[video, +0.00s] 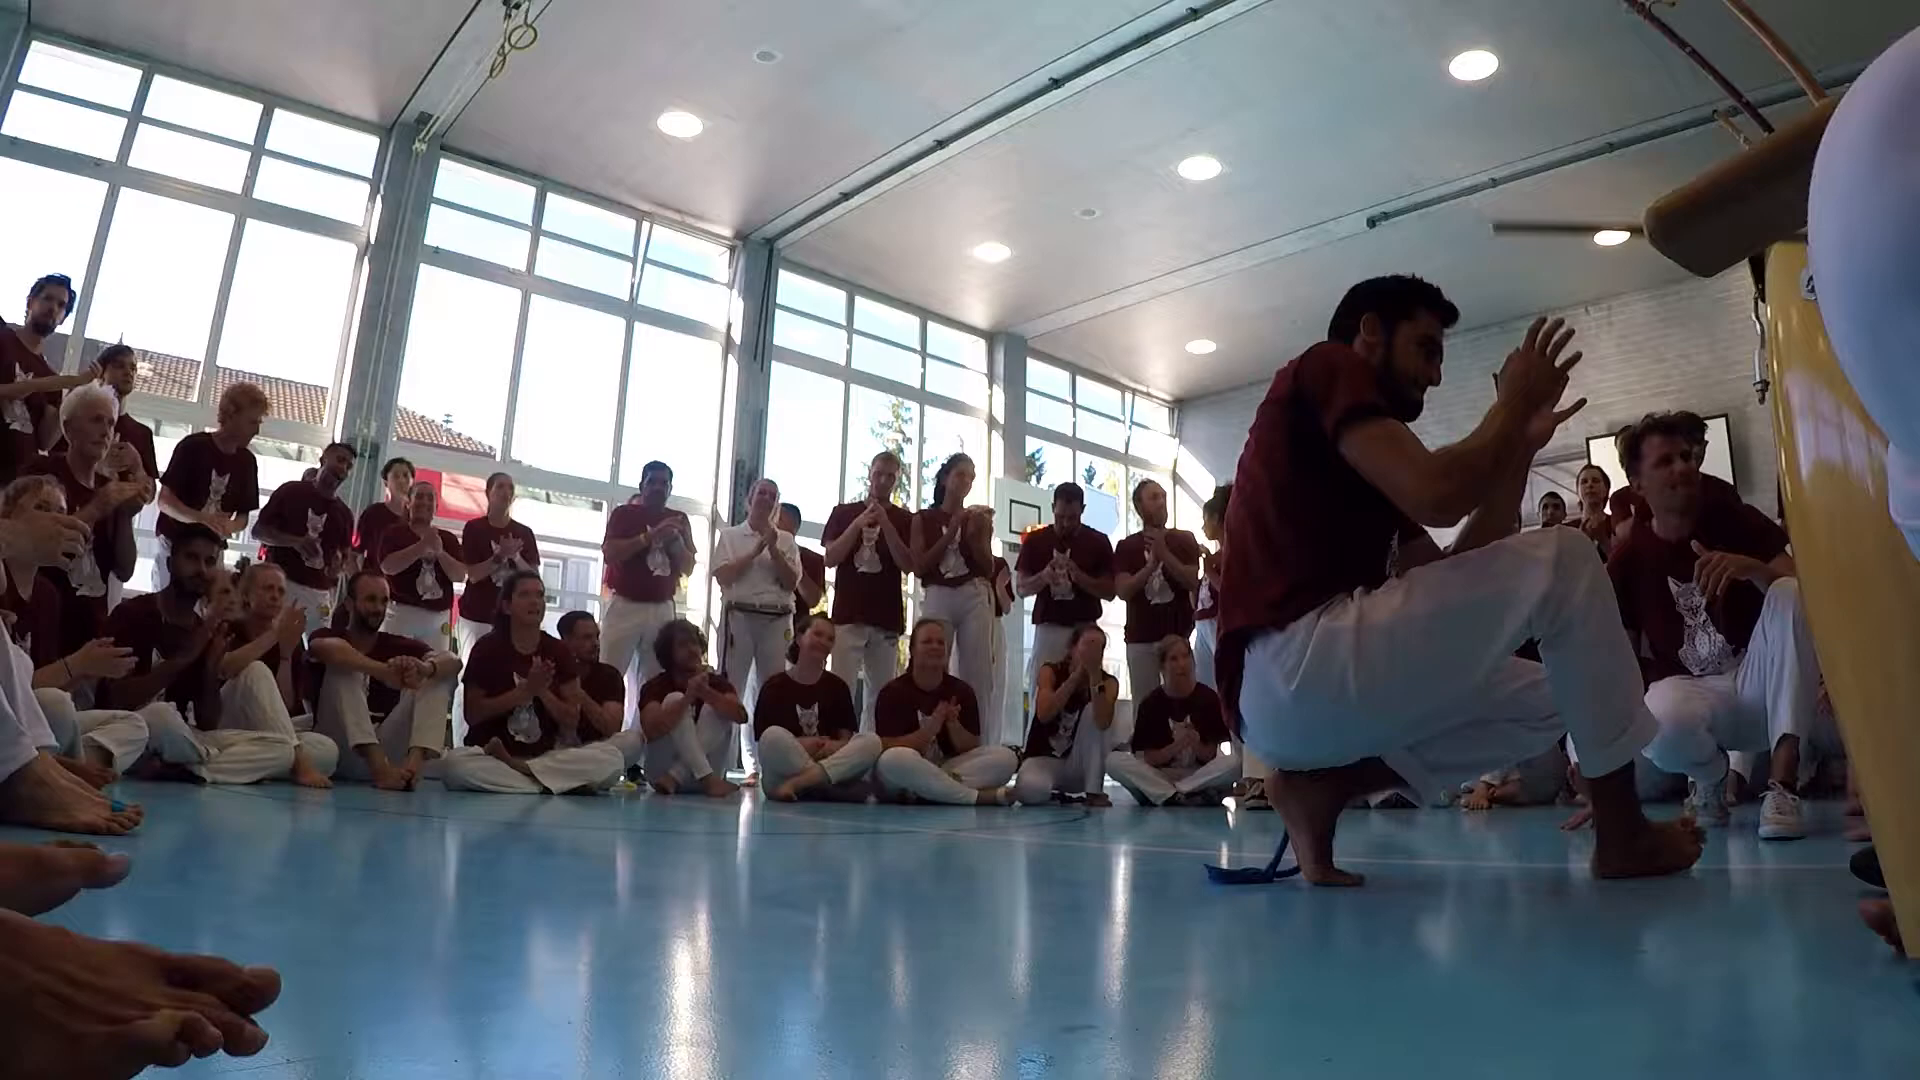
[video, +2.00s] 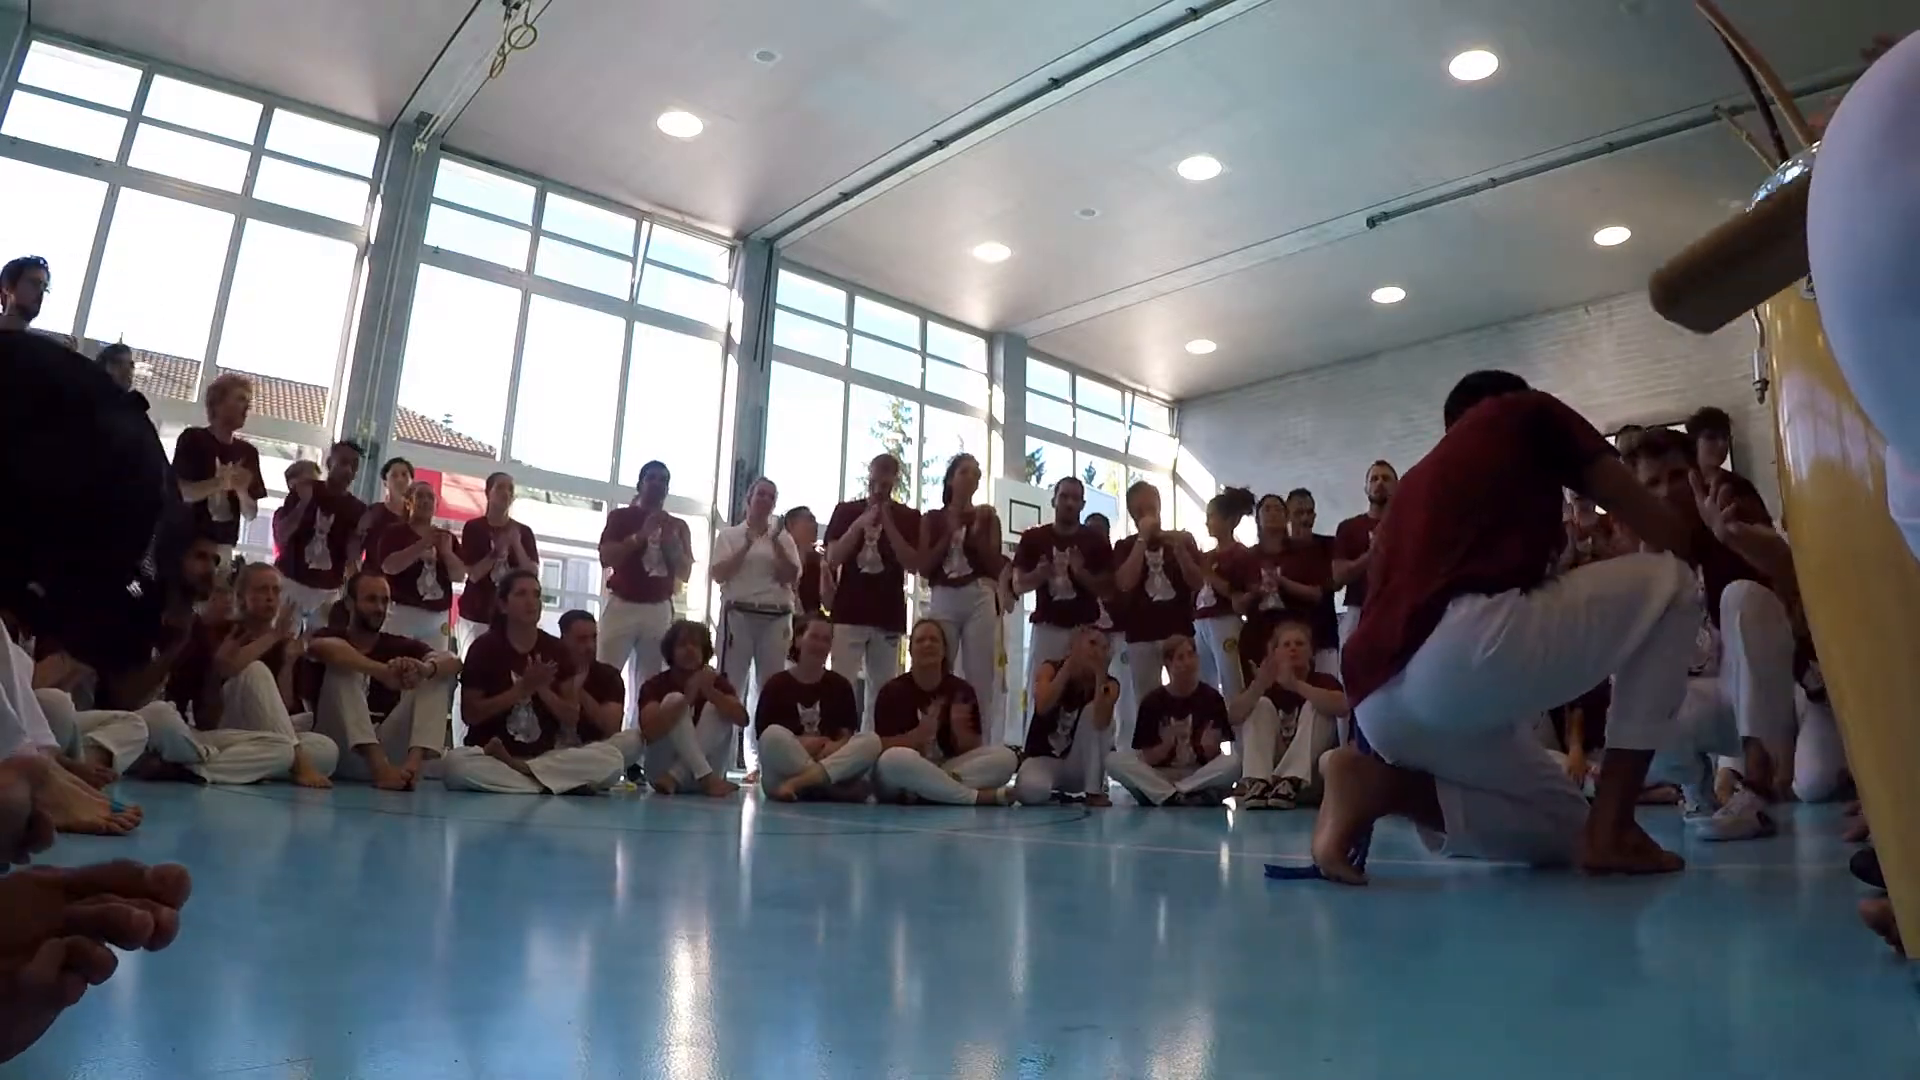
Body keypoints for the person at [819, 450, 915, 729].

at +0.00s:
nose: (883, 480)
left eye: (889, 476)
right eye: (878, 474)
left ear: (897, 480)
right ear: (869, 474)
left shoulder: (904, 518)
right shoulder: (843, 513)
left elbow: (908, 566)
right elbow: (831, 559)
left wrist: (886, 525)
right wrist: (857, 525)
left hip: (886, 619)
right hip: (848, 617)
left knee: (883, 697)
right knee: (840, 692)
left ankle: (881, 759)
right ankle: (838, 759)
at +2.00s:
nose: (881, 486)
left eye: (887, 480)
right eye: (876, 479)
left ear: (896, 480)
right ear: (868, 476)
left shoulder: (909, 516)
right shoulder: (846, 511)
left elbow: (913, 563)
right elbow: (834, 557)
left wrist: (887, 523)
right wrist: (859, 525)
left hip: (888, 618)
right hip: (849, 616)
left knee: (885, 695)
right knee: (841, 690)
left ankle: (881, 757)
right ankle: (838, 753)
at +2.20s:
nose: (875, 485)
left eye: (882, 480)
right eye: (871, 479)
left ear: (893, 479)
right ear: (864, 478)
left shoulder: (909, 515)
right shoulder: (845, 512)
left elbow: (907, 561)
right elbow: (841, 559)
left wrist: (879, 525)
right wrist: (866, 526)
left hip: (888, 618)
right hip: (849, 616)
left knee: (884, 693)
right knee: (842, 689)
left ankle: (878, 756)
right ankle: (837, 753)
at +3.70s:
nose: (855, 476)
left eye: (861, 470)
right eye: (849, 470)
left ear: (870, 473)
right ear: (842, 472)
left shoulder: (890, 511)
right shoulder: (826, 514)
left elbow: (899, 558)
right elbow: (827, 562)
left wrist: (880, 524)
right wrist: (853, 524)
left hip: (881, 618)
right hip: (842, 618)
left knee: (882, 700)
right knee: (836, 700)